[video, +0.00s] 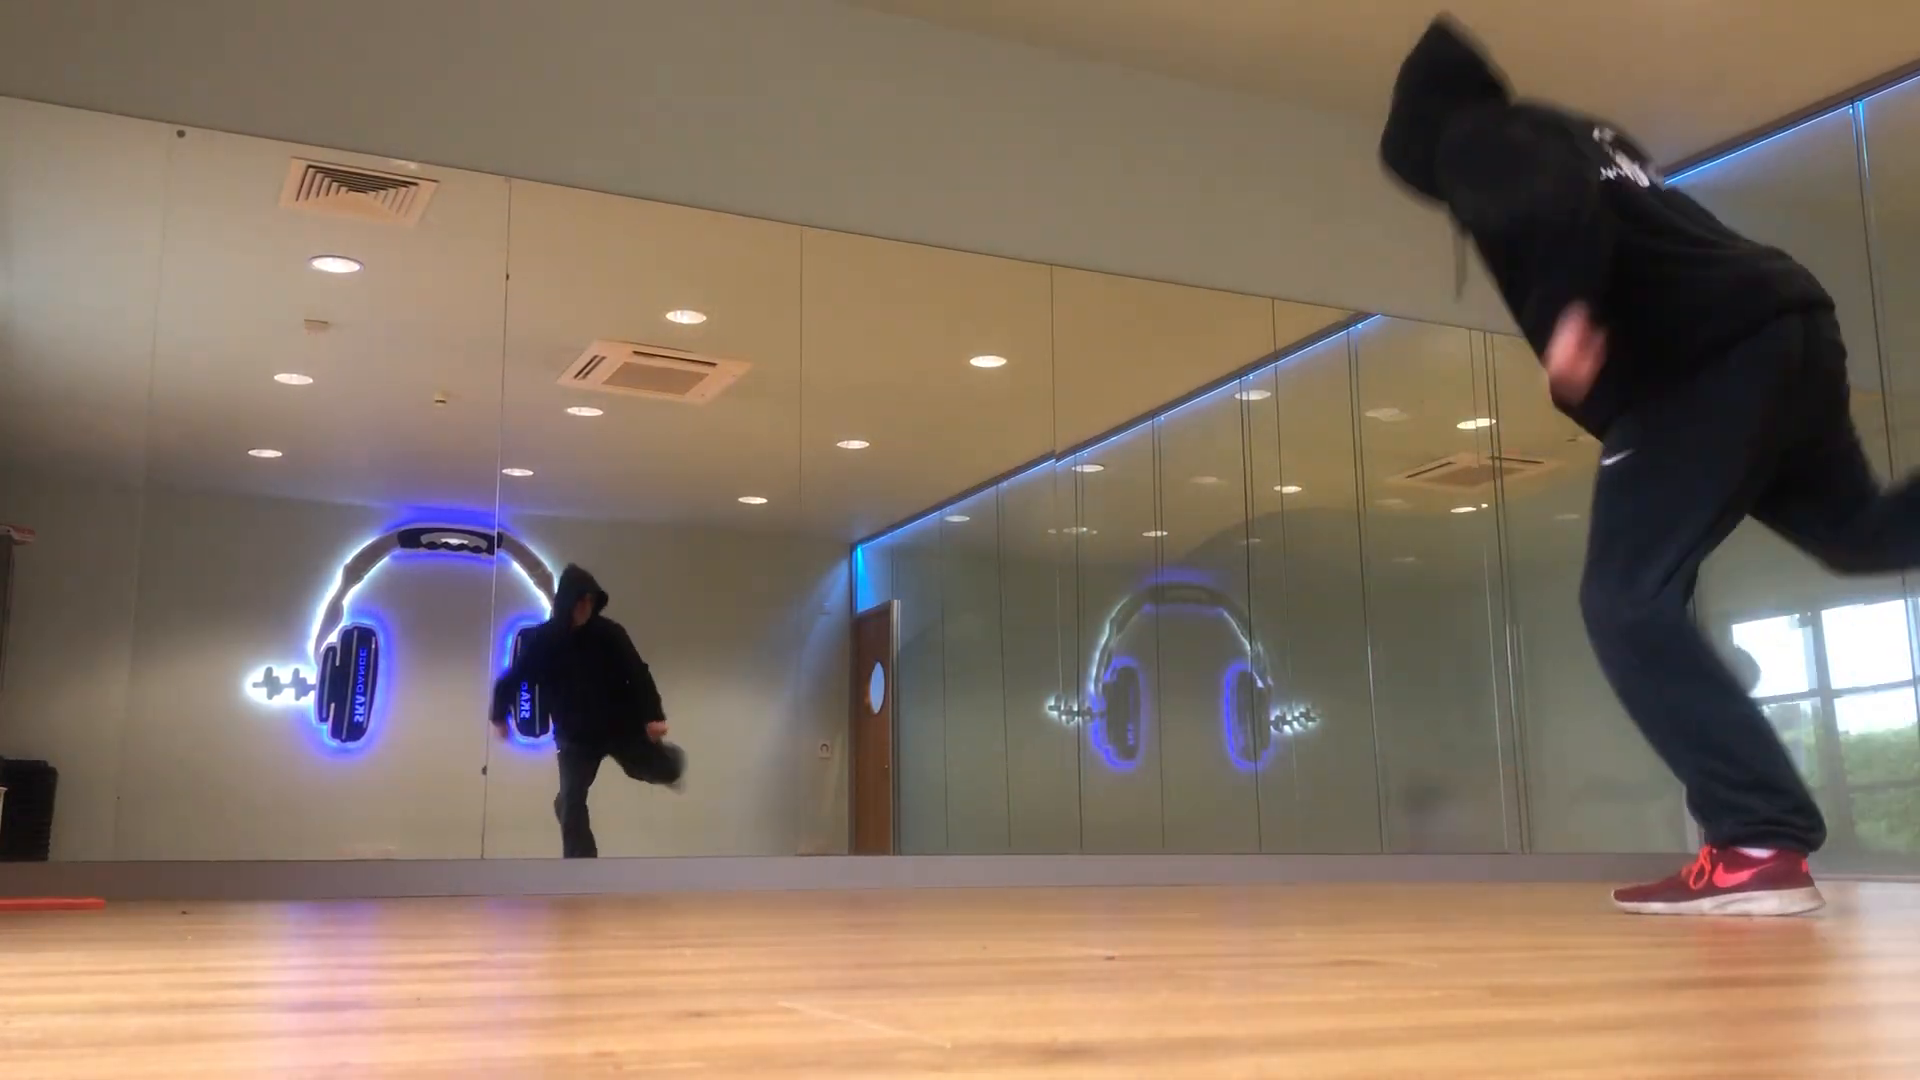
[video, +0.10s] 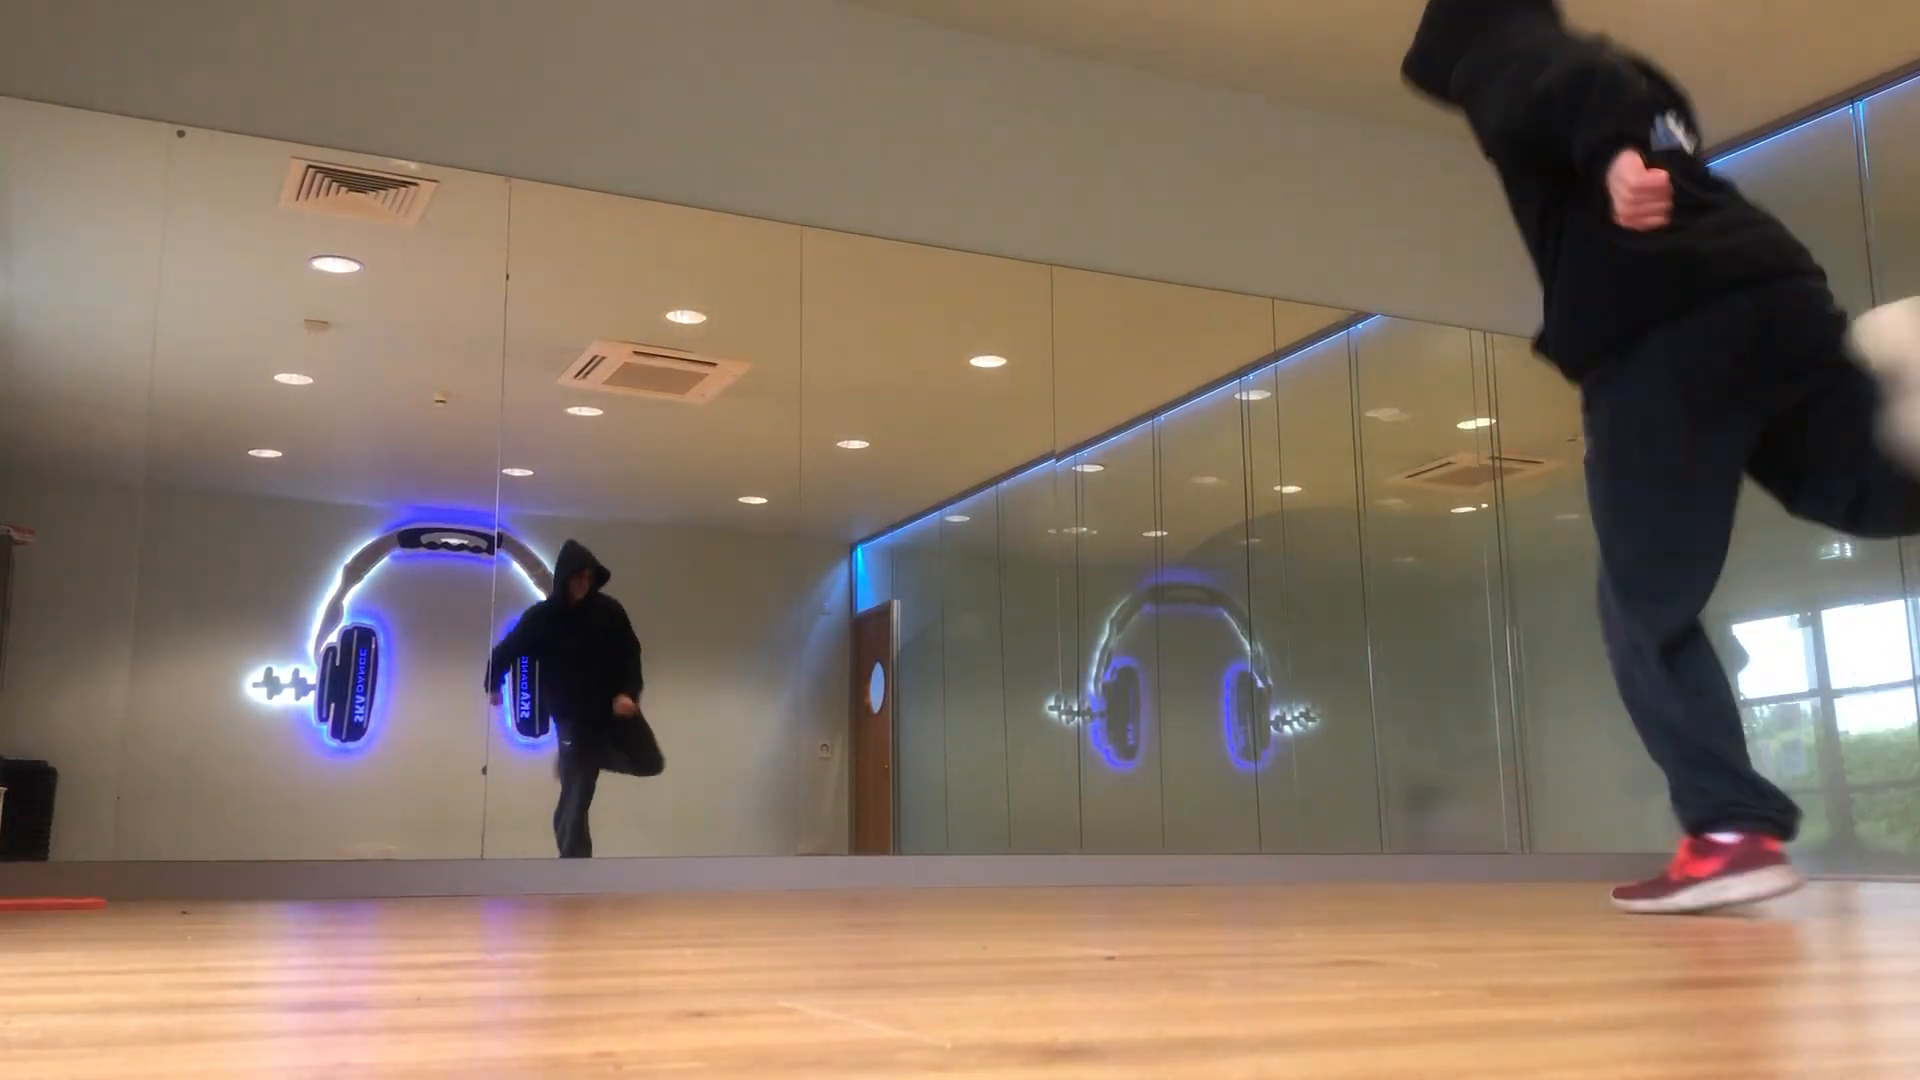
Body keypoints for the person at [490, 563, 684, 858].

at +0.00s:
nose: (584, 606)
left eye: (587, 600)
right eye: (580, 599)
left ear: (592, 602)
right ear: (570, 601)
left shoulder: (610, 634)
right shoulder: (544, 640)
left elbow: (639, 675)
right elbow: (513, 679)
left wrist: (654, 715)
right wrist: (499, 713)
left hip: (620, 728)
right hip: (577, 735)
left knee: (645, 767)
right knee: (570, 800)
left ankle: (672, 766)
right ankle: (581, 867)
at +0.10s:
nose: (582, 583)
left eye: (587, 576)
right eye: (576, 577)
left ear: (593, 578)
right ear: (563, 578)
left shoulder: (609, 611)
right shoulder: (542, 616)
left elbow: (631, 652)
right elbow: (506, 650)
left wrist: (628, 691)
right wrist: (494, 685)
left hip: (612, 708)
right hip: (571, 713)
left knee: (650, 762)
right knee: (577, 790)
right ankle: (575, 866)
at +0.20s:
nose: (583, 576)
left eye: (589, 570)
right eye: (577, 570)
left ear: (595, 572)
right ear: (565, 571)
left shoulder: (610, 604)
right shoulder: (546, 607)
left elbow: (632, 645)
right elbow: (512, 643)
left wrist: (616, 669)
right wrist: (496, 678)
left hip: (598, 702)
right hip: (561, 705)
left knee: (626, 769)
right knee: (575, 786)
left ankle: (547, 781)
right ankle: (547, 868)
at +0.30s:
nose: (594, 590)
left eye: (600, 584)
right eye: (589, 583)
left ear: (605, 587)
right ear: (575, 583)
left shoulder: (614, 623)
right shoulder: (551, 617)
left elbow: (627, 668)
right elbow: (503, 655)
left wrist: (645, 693)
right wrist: (517, 662)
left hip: (585, 716)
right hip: (549, 716)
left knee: (611, 781)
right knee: (569, 791)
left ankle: (544, 822)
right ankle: (545, 871)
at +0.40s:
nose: (609, 622)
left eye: (614, 616)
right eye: (605, 614)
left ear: (616, 617)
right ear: (589, 611)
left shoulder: (604, 643)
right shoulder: (556, 633)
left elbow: (627, 664)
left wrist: (654, 687)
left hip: (574, 728)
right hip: (538, 729)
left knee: (604, 785)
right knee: (566, 794)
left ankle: (549, 833)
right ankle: (552, 870)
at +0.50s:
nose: (598, 626)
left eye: (603, 621)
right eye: (594, 619)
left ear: (606, 618)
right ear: (581, 611)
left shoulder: (601, 636)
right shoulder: (555, 629)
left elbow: (629, 647)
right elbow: (575, 653)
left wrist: (628, 662)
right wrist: (611, 647)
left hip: (565, 730)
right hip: (530, 730)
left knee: (598, 788)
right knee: (563, 796)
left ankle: (540, 832)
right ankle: (550, 873)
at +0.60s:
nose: (594, 606)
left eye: (597, 601)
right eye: (591, 599)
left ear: (597, 600)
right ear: (577, 592)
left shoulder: (586, 622)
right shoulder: (548, 617)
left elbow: (604, 648)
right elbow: (538, 671)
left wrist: (635, 664)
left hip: (563, 718)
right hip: (535, 719)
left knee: (576, 786)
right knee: (556, 791)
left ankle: (521, 836)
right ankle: (547, 868)